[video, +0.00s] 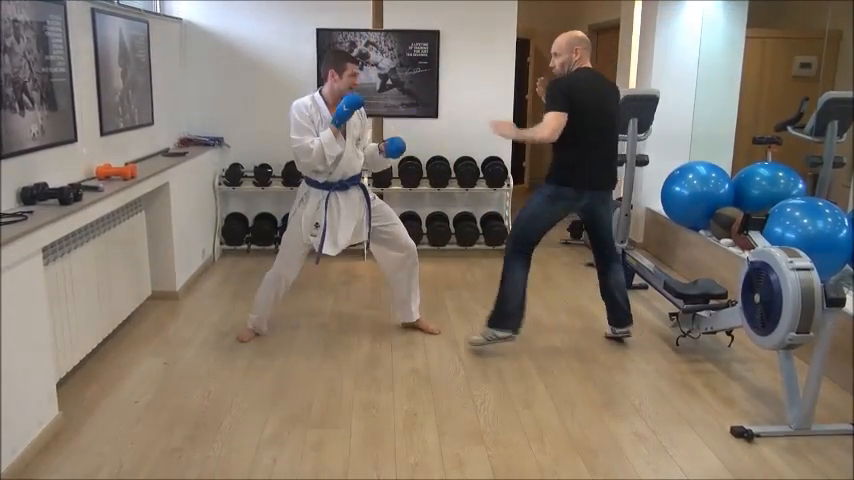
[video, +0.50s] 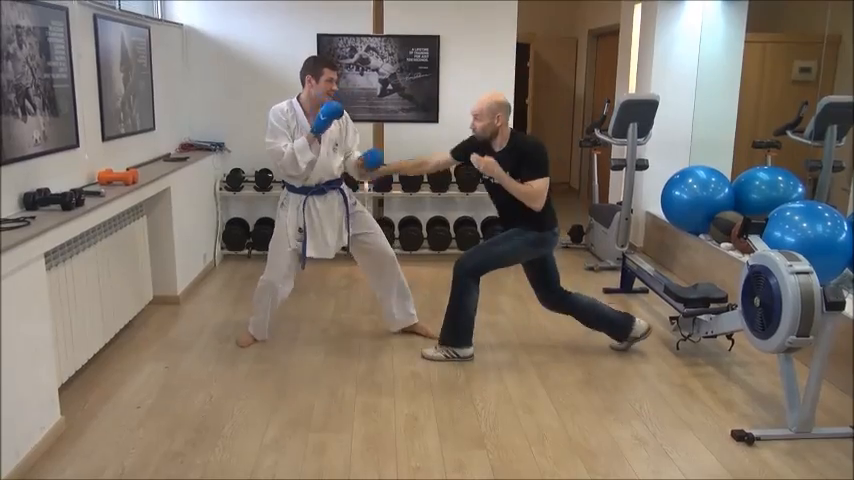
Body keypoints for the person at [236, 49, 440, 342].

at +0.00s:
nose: (357, 82)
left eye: (358, 76)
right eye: (352, 76)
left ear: (338, 78)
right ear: (333, 76)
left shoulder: (356, 111)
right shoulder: (303, 109)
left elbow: (363, 156)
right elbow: (307, 158)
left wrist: (383, 152)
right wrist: (337, 126)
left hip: (357, 194)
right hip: (315, 197)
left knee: (405, 249)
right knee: (284, 268)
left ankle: (410, 316)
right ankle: (256, 324)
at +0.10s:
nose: (360, 87)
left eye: (361, 81)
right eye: (356, 81)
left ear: (338, 80)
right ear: (335, 79)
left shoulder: (357, 115)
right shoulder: (304, 111)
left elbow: (366, 160)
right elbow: (310, 162)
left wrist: (389, 162)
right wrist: (339, 126)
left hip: (358, 196)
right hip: (317, 199)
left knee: (402, 250)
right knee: (286, 271)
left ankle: (411, 318)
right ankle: (255, 324)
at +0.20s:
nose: (349, 87)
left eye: (351, 81)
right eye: (345, 80)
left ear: (341, 81)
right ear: (327, 77)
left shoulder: (349, 114)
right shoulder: (296, 107)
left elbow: (359, 158)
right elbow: (304, 157)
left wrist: (377, 164)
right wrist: (331, 121)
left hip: (348, 194)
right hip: (308, 197)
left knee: (392, 250)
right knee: (280, 269)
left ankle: (413, 317)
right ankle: (256, 325)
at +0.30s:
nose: (339, 87)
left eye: (341, 82)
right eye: (335, 81)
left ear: (335, 83)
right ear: (315, 78)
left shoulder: (339, 113)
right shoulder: (285, 110)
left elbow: (348, 157)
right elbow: (296, 161)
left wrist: (365, 162)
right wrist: (318, 123)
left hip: (339, 195)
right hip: (300, 198)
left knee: (387, 251)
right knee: (274, 270)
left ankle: (409, 319)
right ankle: (255, 326)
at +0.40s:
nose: (335, 87)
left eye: (336, 82)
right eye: (330, 81)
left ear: (335, 83)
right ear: (309, 79)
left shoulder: (337, 114)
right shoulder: (281, 113)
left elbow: (349, 159)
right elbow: (287, 164)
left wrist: (363, 172)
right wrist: (313, 130)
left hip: (340, 198)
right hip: (298, 200)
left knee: (385, 254)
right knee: (274, 273)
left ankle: (405, 320)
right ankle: (256, 327)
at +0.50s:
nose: (334, 88)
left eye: (336, 83)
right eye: (329, 82)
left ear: (335, 85)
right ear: (309, 81)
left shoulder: (339, 117)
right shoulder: (281, 114)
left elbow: (351, 163)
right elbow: (284, 164)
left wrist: (364, 165)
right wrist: (314, 133)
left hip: (338, 197)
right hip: (297, 201)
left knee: (383, 255)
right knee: (275, 276)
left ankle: (405, 320)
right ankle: (257, 329)